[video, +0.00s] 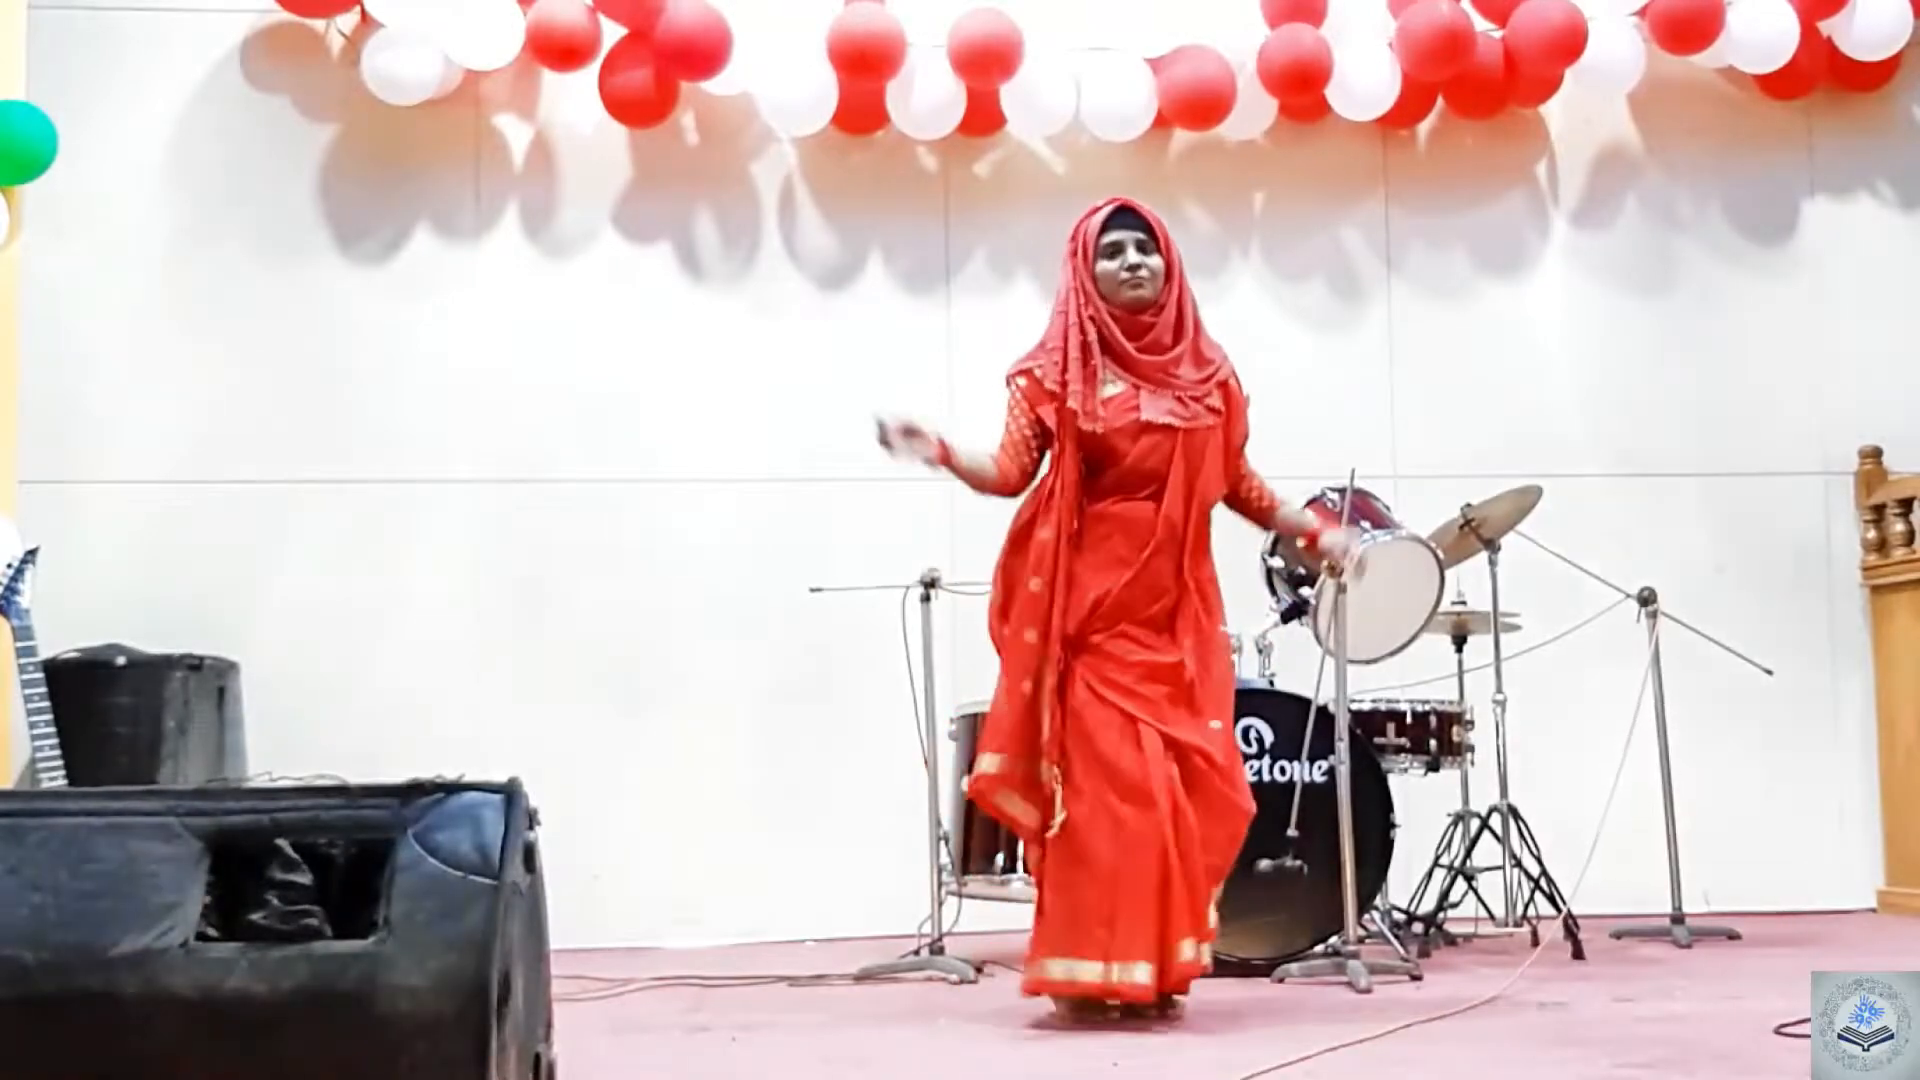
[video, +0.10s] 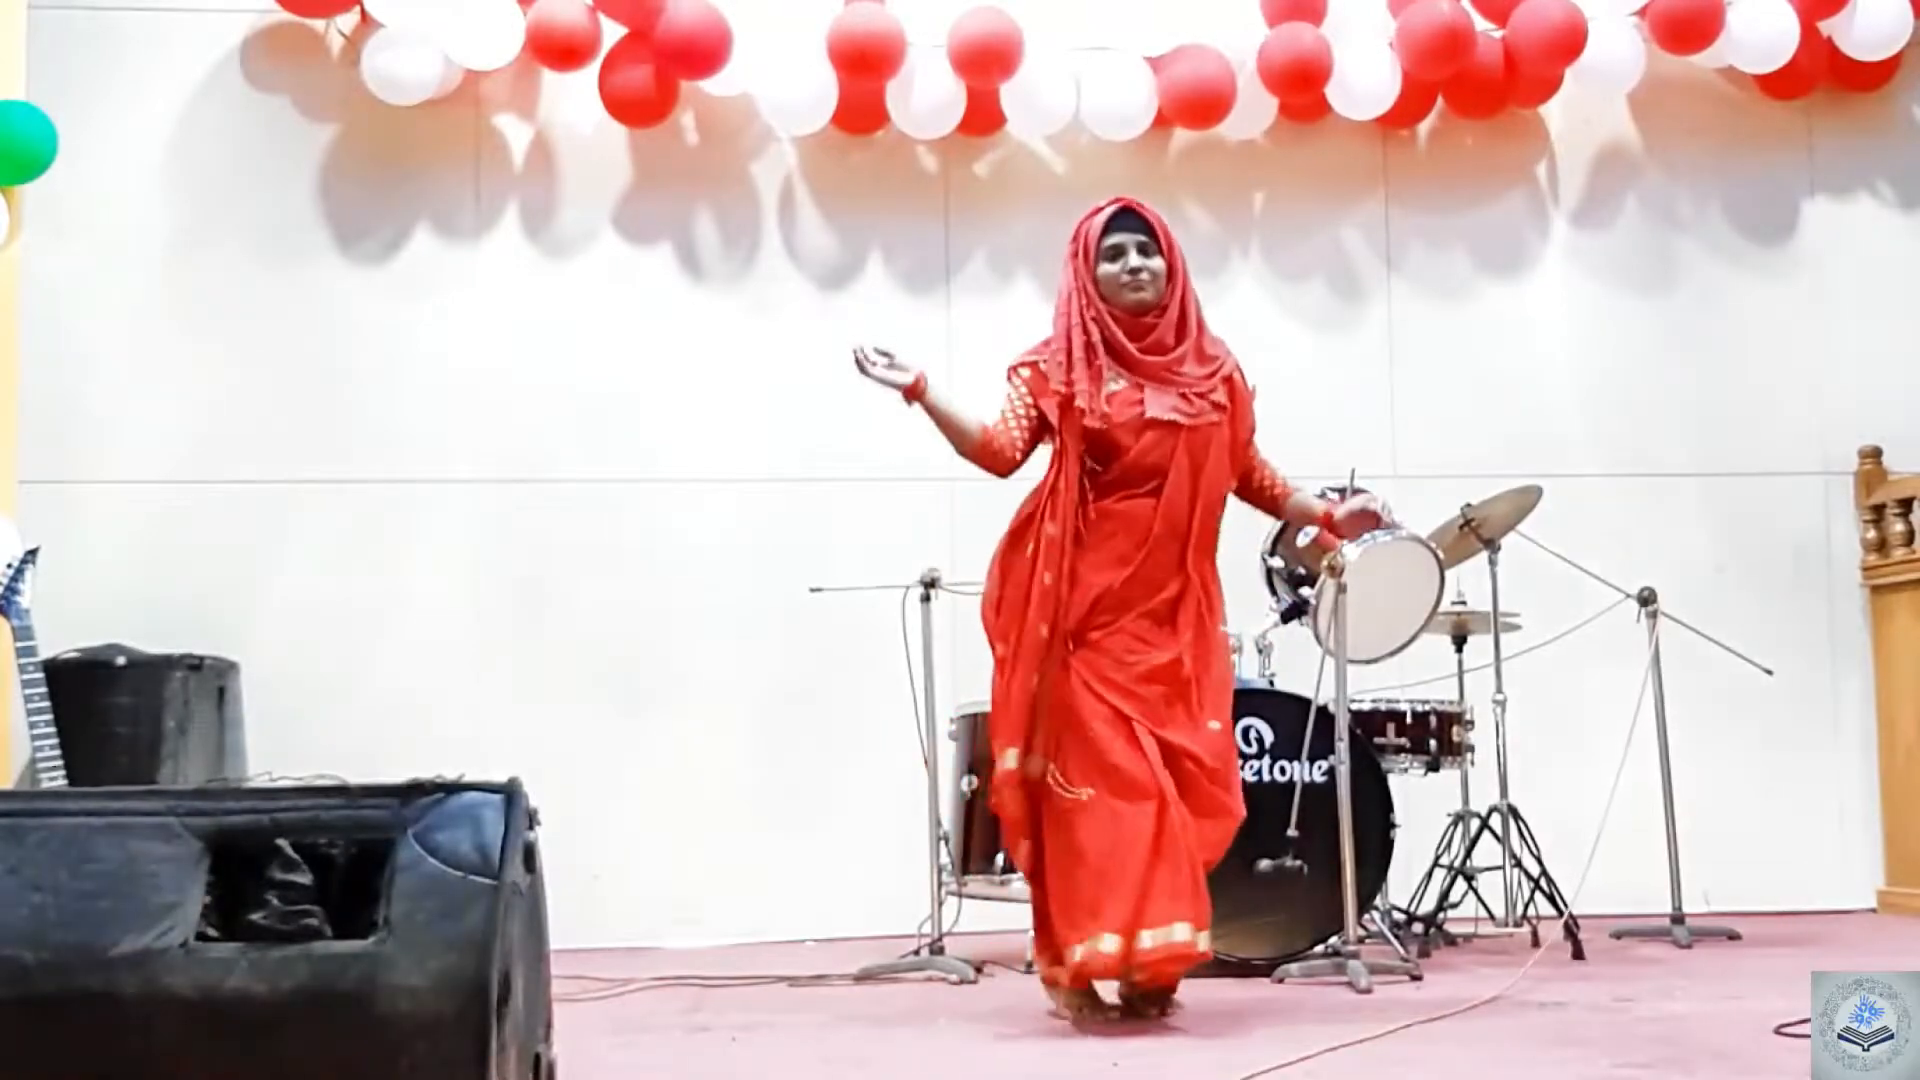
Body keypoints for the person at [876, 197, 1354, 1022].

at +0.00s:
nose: (1132, 262)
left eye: (1143, 249)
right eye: (1113, 254)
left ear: (1167, 265)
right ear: (1086, 275)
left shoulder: (1207, 376)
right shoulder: (1055, 373)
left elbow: (1237, 481)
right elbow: (1009, 473)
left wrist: (1307, 530)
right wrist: (942, 450)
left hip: (1178, 619)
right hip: (1089, 618)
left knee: (1211, 789)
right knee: (1123, 786)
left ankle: (1158, 964)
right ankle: (1106, 978)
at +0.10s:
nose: (1134, 264)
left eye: (1145, 251)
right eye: (1115, 256)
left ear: (1170, 264)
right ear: (1089, 277)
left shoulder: (1213, 372)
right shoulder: (1060, 368)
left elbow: (1246, 469)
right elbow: (997, 449)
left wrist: (1316, 515)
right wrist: (924, 392)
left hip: (1177, 610)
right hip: (1084, 609)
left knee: (1182, 779)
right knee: (1105, 778)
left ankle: (1149, 963)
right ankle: (1081, 963)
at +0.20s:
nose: (1133, 295)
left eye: (1145, 280)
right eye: (1115, 284)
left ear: (1170, 292)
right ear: (1087, 301)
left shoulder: (1209, 395)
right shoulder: (1064, 387)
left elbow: (1235, 504)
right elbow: (999, 438)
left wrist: (1302, 570)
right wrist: (925, 366)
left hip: (1181, 621)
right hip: (1090, 621)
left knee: (1168, 788)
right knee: (1105, 784)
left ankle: (1149, 962)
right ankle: (1115, 968)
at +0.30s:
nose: (1122, 274)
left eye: (1133, 263)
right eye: (1104, 267)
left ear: (1159, 280)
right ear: (1081, 293)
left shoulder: (1210, 390)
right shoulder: (1066, 381)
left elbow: (1238, 511)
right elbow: (984, 378)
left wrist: (1276, 604)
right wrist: (957, 284)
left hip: (1191, 625)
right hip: (1095, 625)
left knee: (1188, 798)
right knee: (1105, 793)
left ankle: (1152, 965)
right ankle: (1102, 976)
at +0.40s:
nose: (1115, 233)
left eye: (1130, 224)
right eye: (1098, 229)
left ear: (1158, 250)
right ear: (1076, 259)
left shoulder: (1204, 346)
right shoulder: (1057, 339)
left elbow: (1242, 454)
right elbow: (972, 297)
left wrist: (1294, 539)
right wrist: (1010, 196)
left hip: (1185, 595)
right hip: (1085, 596)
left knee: (1185, 774)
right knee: (1092, 772)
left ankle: (1150, 951)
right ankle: (1096, 967)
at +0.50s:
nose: (1117, 232)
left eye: (1131, 219)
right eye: (1098, 224)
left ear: (1160, 239)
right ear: (1079, 248)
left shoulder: (1203, 341)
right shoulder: (1058, 331)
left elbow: (1264, 435)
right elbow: (982, 273)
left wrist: (1346, 474)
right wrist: (1043, 191)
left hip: (1183, 582)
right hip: (1081, 582)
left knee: (1183, 761)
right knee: (1089, 762)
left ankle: (1165, 946)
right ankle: (1097, 963)